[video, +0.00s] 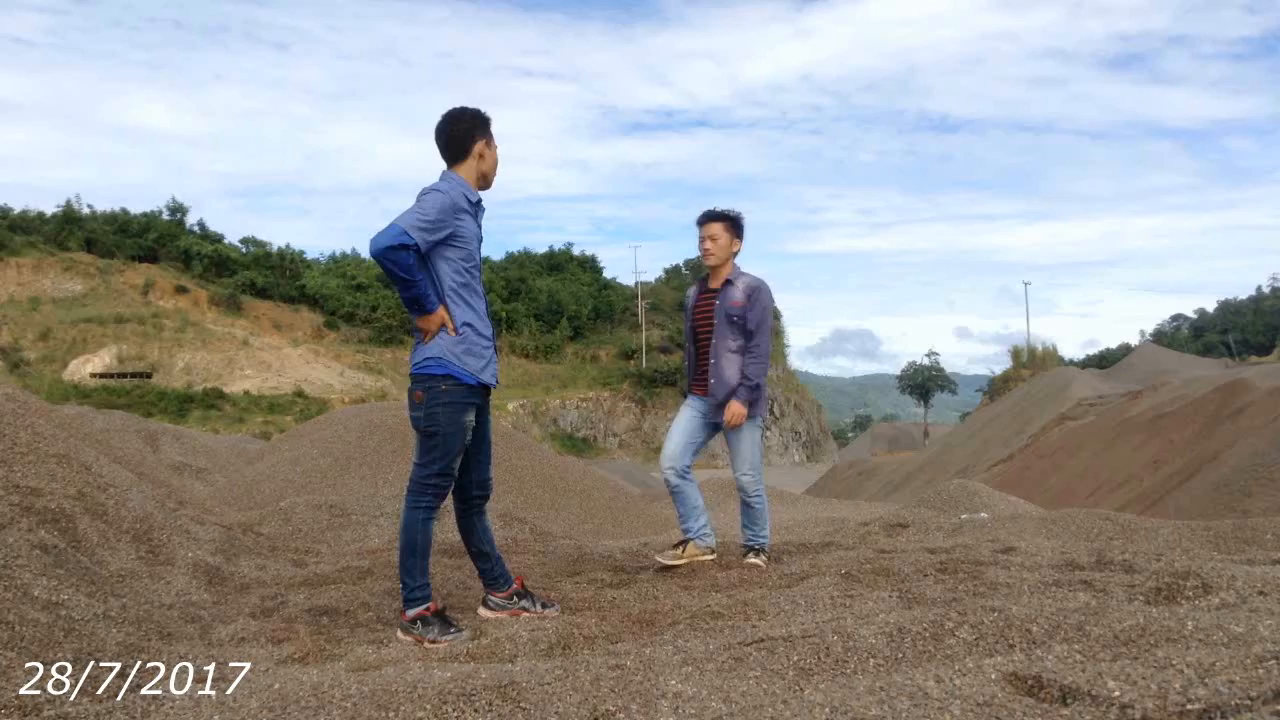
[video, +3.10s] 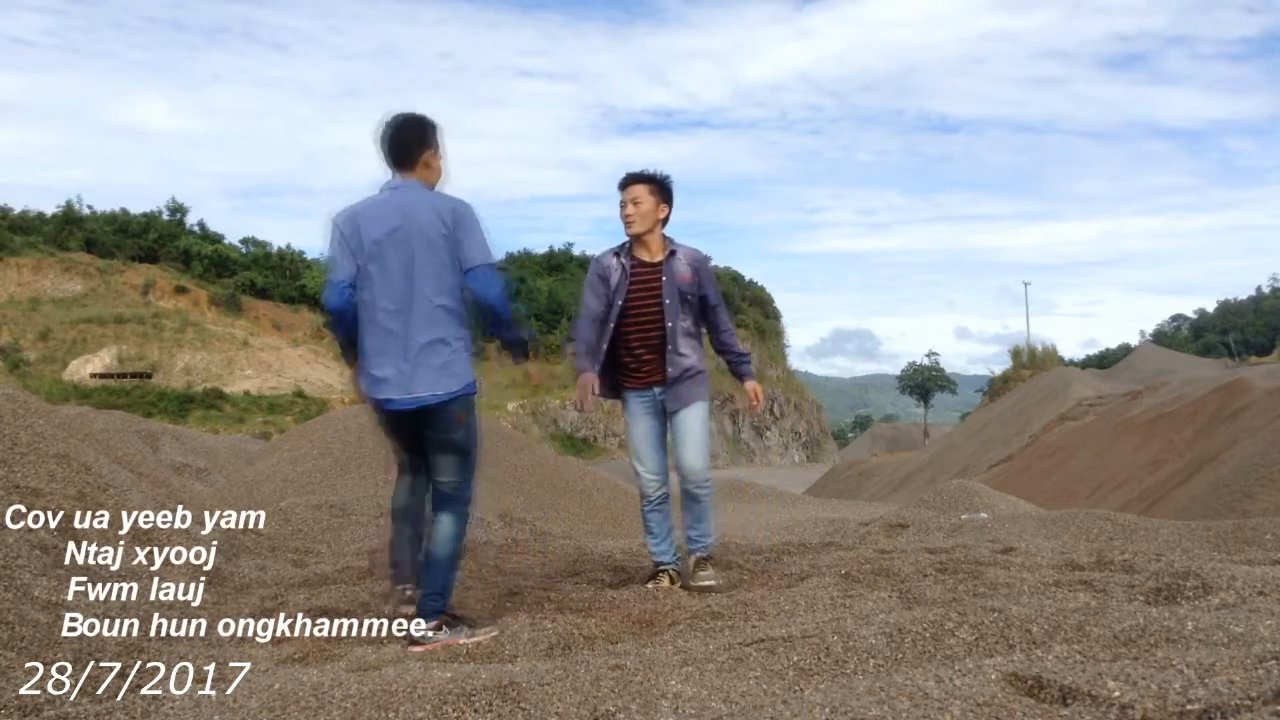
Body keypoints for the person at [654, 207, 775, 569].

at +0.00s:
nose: (705, 246)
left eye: (714, 239)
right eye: (702, 239)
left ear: (735, 244)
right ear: (699, 244)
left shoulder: (753, 290)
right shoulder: (694, 293)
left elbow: (760, 350)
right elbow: (692, 347)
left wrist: (743, 397)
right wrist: (694, 390)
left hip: (741, 400)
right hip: (700, 399)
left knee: (748, 479)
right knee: (672, 465)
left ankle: (756, 548)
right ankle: (699, 542)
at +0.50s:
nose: (678, 230)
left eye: (686, 223)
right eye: (673, 224)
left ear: (706, 226)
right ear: (669, 230)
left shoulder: (728, 271)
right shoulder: (665, 279)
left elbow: (746, 327)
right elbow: (645, 333)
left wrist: (742, 374)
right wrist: (627, 375)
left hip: (721, 385)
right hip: (680, 388)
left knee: (730, 465)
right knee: (693, 469)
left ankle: (747, 546)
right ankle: (696, 546)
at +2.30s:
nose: (692, 225)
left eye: (701, 218)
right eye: (691, 218)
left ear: (728, 227)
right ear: (692, 224)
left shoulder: (749, 280)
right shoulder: (674, 279)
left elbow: (771, 342)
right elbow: (648, 319)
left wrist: (773, 398)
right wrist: (619, 331)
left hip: (734, 402)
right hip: (684, 402)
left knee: (746, 486)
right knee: (667, 484)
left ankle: (755, 566)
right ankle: (676, 568)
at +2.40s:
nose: (677, 223)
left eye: (687, 216)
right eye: (677, 216)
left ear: (713, 225)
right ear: (677, 222)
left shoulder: (735, 277)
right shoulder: (657, 277)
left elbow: (755, 337)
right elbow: (620, 308)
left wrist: (756, 387)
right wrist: (587, 296)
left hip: (722, 401)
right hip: (672, 403)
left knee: (740, 485)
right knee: (659, 486)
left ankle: (756, 564)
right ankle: (675, 568)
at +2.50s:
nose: (661, 217)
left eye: (670, 210)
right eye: (659, 210)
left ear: (697, 218)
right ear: (658, 217)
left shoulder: (722, 273)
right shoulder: (637, 266)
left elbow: (742, 331)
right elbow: (590, 271)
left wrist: (739, 376)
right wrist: (548, 251)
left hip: (710, 397)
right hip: (660, 400)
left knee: (732, 480)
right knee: (658, 487)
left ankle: (754, 562)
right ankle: (675, 569)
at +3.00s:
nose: (624, 212)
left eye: (634, 203)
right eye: (621, 205)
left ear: (661, 210)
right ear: (619, 213)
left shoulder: (690, 262)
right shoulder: (606, 264)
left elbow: (718, 321)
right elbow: (568, 296)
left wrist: (744, 373)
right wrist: (540, 311)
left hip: (688, 383)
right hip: (639, 392)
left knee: (702, 467)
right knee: (652, 483)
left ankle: (717, 549)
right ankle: (666, 567)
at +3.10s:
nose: (626, 211)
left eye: (635, 203)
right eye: (623, 205)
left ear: (662, 210)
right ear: (621, 212)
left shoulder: (692, 263)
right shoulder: (607, 266)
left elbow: (720, 324)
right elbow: (587, 321)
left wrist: (745, 374)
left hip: (686, 386)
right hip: (637, 393)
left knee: (694, 473)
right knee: (651, 483)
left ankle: (701, 559)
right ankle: (665, 566)